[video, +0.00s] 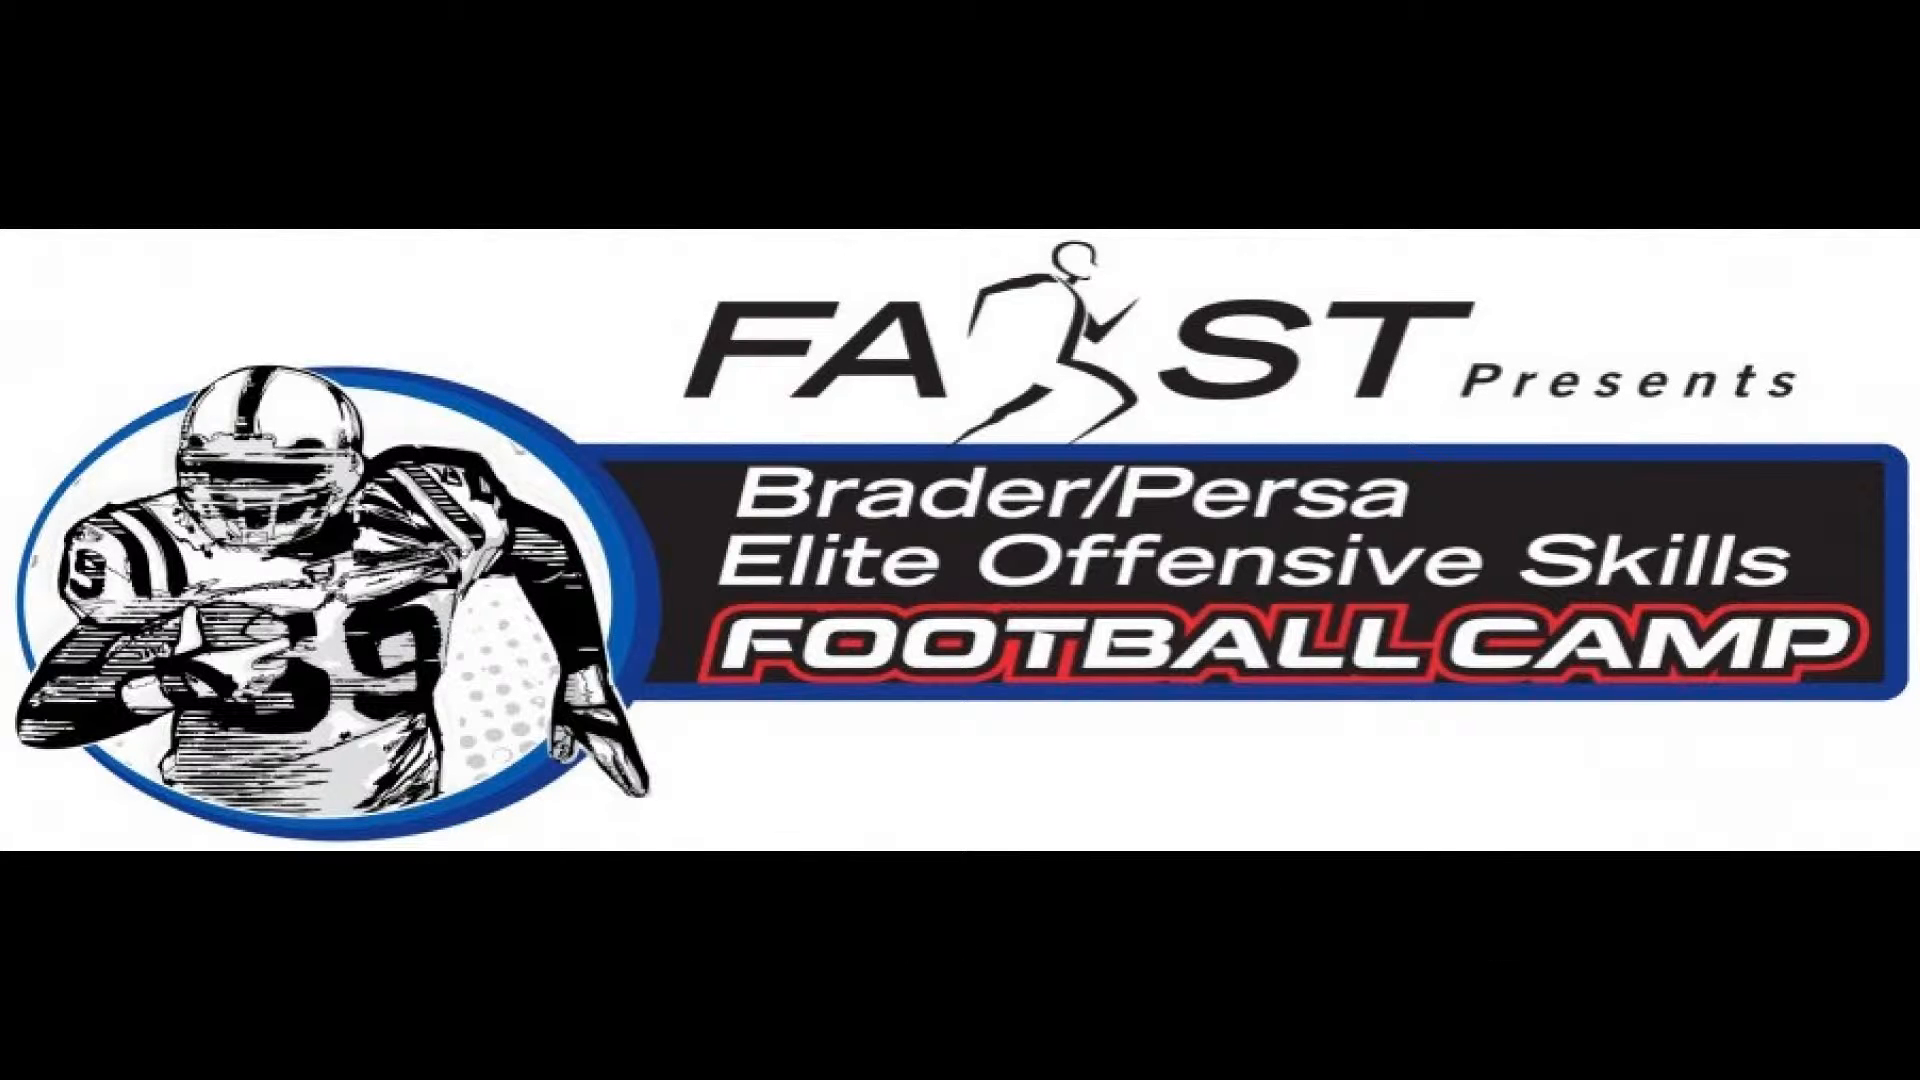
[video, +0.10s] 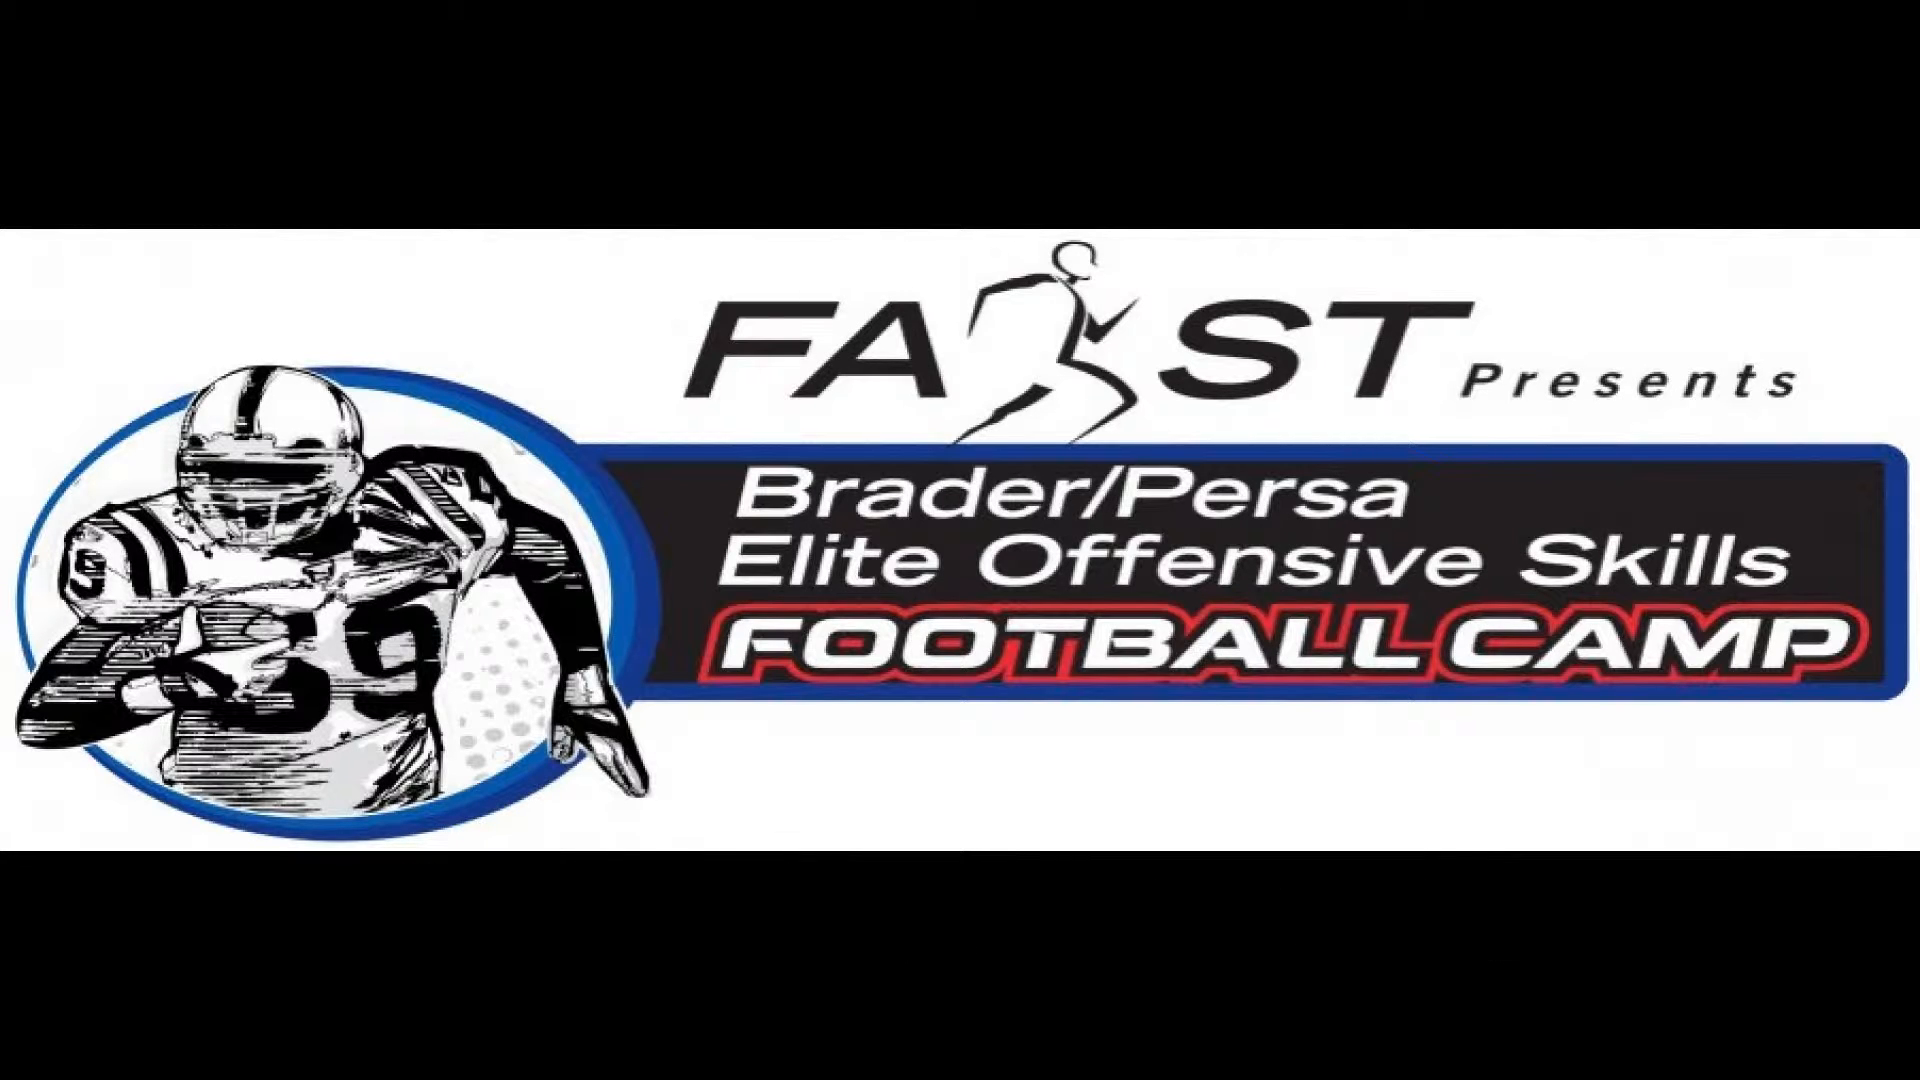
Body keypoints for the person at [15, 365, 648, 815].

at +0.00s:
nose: (252, 515)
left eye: (280, 493)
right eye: (229, 492)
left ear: (336, 480)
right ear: (194, 479)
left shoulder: (426, 508)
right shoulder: (142, 549)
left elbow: (546, 548)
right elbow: (43, 716)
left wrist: (585, 671)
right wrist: (175, 683)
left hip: (387, 812)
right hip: (218, 815)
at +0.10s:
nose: (252, 515)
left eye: (280, 493)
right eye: (229, 492)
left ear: (336, 480)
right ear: (194, 479)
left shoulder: (426, 508)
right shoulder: (142, 549)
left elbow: (546, 548)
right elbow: (43, 716)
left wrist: (585, 671)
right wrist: (175, 683)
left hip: (387, 812)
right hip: (218, 815)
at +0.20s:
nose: (253, 514)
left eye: (281, 492)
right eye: (230, 491)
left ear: (337, 479)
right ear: (194, 478)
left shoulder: (425, 508)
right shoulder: (140, 549)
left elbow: (545, 547)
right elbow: (43, 716)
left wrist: (585, 672)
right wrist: (174, 684)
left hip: (387, 811)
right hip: (219, 815)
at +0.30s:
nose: (253, 514)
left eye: (281, 492)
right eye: (230, 491)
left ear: (337, 479)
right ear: (194, 478)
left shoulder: (425, 507)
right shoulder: (140, 549)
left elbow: (545, 547)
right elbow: (43, 716)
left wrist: (585, 672)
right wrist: (173, 684)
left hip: (388, 811)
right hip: (219, 815)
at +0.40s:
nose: (253, 514)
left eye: (281, 492)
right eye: (230, 491)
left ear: (337, 479)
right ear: (194, 478)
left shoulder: (425, 507)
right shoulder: (140, 549)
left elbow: (545, 547)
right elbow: (43, 716)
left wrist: (585, 672)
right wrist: (173, 684)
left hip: (388, 811)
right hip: (219, 815)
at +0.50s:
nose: (251, 512)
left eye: (279, 490)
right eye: (228, 489)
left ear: (336, 478)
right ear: (192, 478)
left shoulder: (422, 506)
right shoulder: (139, 548)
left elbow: (544, 546)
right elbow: (40, 715)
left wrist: (584, 671)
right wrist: (170, 682)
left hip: (386, 811)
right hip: (217, 815)